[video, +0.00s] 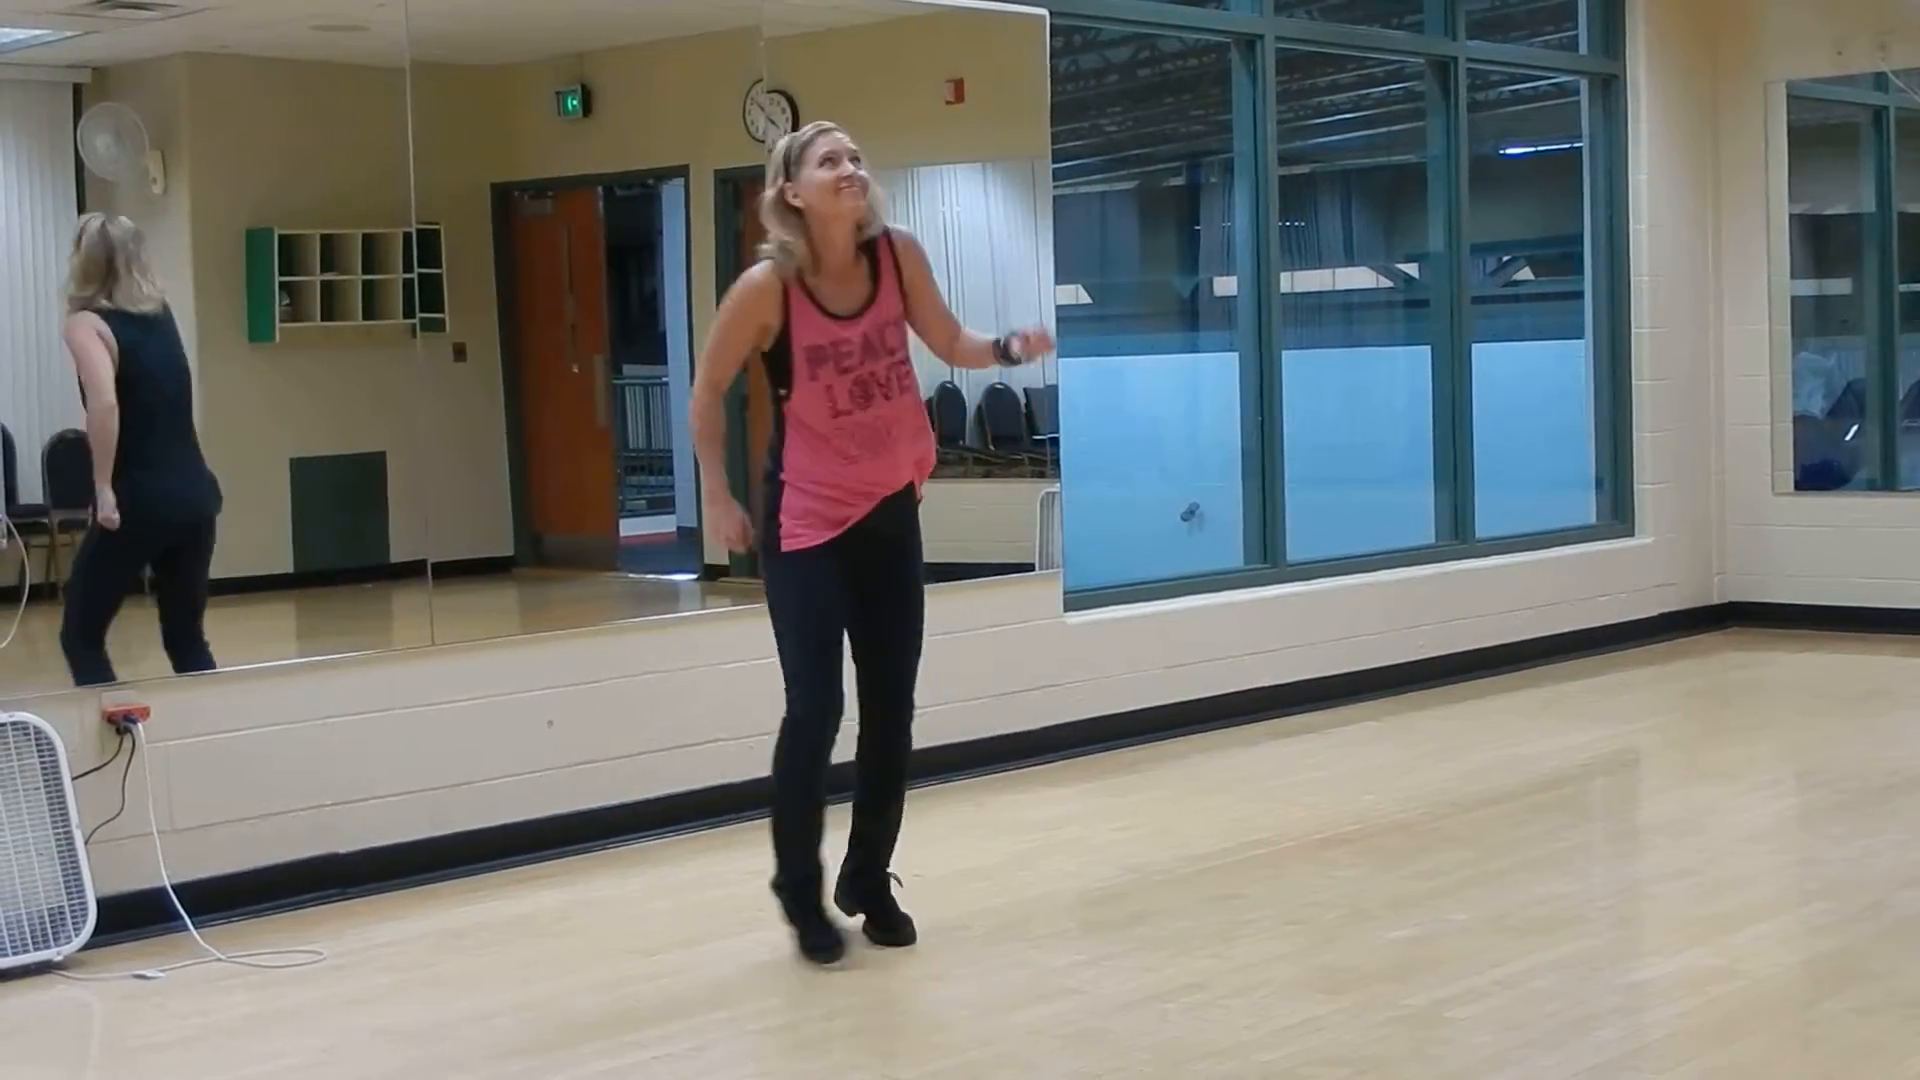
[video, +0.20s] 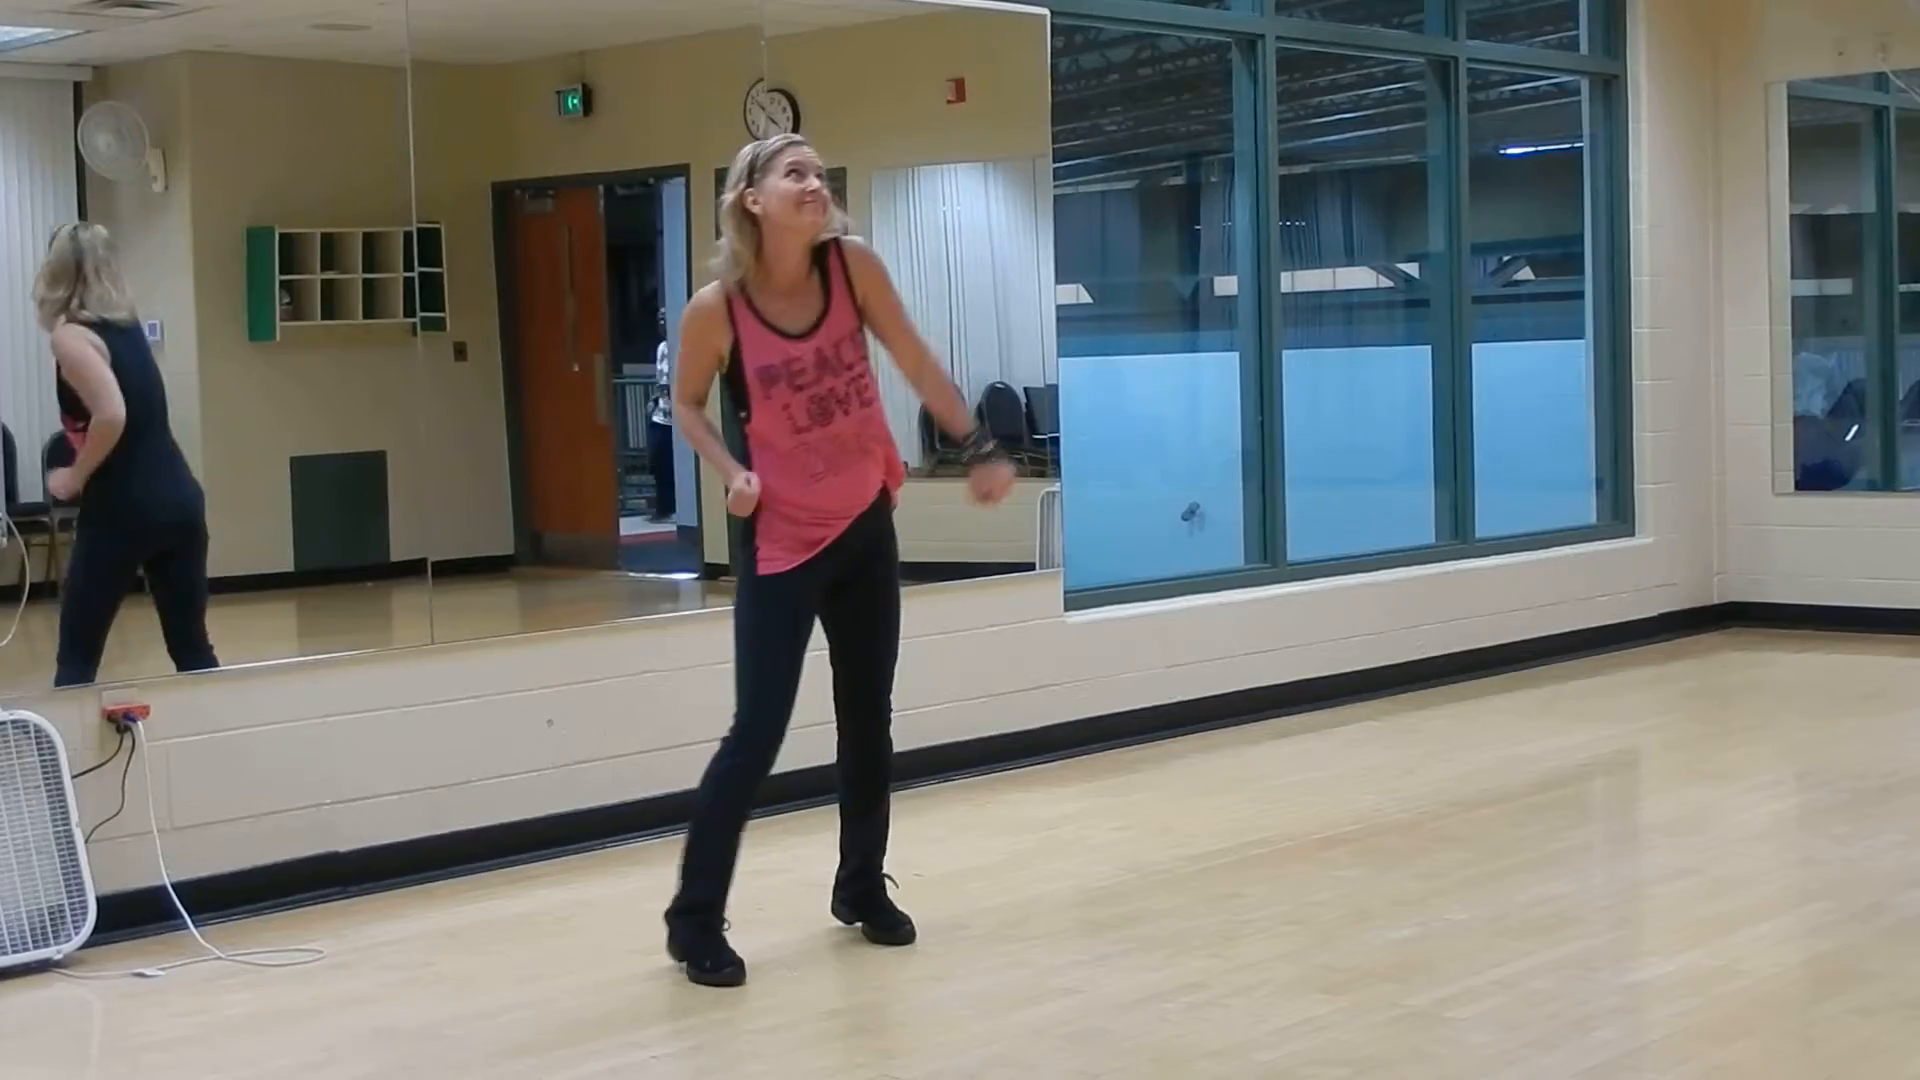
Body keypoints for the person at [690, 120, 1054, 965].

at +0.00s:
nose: (848, 169)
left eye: (854, 160)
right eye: (827, 162)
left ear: (869, 184)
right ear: (789, 196)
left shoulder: (897, 254)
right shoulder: (765, 288)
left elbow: (954, 347)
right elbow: (706, 395)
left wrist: (1007, 349)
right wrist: (718, 499)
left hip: (888, 510)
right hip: (804, 522)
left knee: (890, 708)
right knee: (815, 710)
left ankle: (868, 876)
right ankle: (799, 887)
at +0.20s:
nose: (815, 185)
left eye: (820, 175)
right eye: (793, 175)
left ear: (830, 200)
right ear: (749, 203)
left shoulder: (853, 267)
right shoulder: (715, 310)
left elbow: (917, 361)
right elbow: (687, 405)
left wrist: (976, 446)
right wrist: (731, 472)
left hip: (864, 524)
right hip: (778, 537)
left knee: (866, 722)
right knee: (758, 730)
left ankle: (860, 884)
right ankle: (694, 917)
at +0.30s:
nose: (799, 194)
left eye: (801, 183)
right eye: (778, 182)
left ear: (804, 206)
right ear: (731, 204)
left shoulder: (833, 278)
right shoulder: (689, 319)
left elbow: (870, 381)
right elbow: (672, 431)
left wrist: (898, 467)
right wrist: (731, 452)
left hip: (839, 528)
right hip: (749, 546)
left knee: (868, 718)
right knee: (733, 739)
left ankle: (862, 878)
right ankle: (690, 925)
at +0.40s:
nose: (783, 197)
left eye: (784, 185)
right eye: (763, 184)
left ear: (780, 209)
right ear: (713, 205)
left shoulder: (815, 285)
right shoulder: (667, 320)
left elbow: (831, 389)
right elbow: (655, 443)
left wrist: (834, 472)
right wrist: (729, 417)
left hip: (804, 524)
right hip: (718, 544)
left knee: (894, 689)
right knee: (717, 737)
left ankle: (864, 843)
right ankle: (689, 925)